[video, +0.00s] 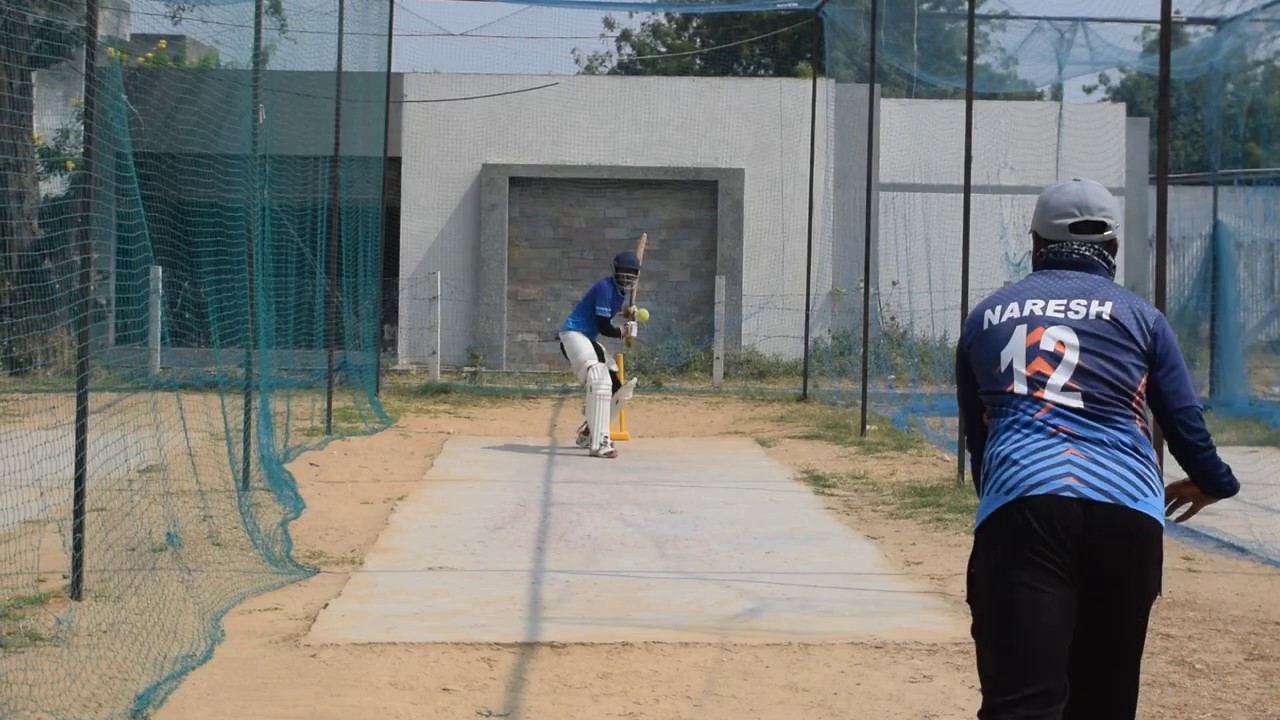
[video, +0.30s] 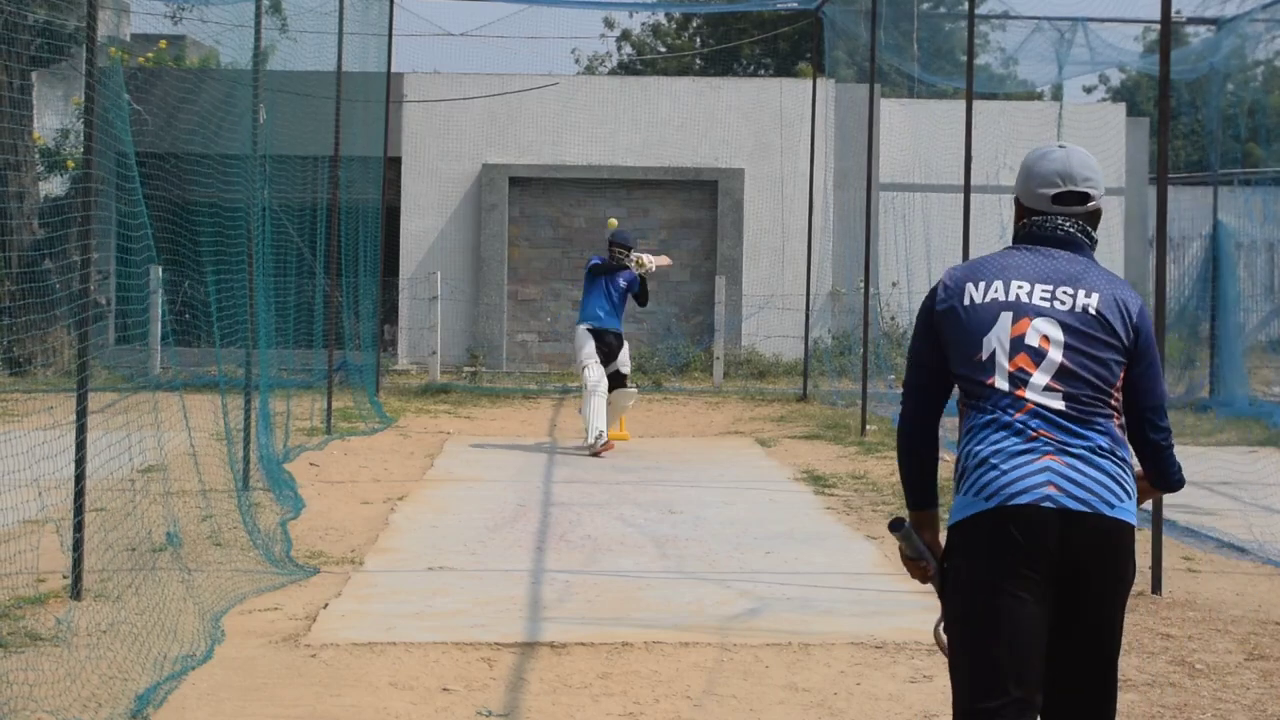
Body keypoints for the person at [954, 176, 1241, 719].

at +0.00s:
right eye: (1111, 239)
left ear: (1037, 247)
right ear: (1110, 246)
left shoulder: (984, 314)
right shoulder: (1141, 314)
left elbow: (977, 438)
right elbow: (1183, 420)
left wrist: (1003, 502)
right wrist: (1212, 480)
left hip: (1024, 509)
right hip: (1128, 513)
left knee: (1020, 697)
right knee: (1106, 696)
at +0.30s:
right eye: (1094, 209)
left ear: (1018, 212)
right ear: (1095, 217)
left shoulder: (956, 287)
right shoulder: (1122, 298)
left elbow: (916, 420)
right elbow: (1149, 421)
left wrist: (924, 524)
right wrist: (1158, 476)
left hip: (995, 515)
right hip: (1102, 521)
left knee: (996, 701)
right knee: (1084, 700)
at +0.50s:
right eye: (1072, 193)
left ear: (998, 197)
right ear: (1076, 202)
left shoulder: (938, 275)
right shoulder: (1107, 291)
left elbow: (893, 411)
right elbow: (1139, 417)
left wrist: (901, 513)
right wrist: (1147, 476)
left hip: (976, 518)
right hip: (1084, 523)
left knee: (983, 701)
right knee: (1069, 698)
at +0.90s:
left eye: (979, 179)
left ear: (980, 187)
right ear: (1061, 189)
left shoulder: (928, 271)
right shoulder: (1102, 281)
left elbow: (885, 404)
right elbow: (1125, 411)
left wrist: (951, 460)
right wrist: (1129, 474)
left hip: (979, 531)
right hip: (1091, 531)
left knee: (990, 708)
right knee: (1086, 705)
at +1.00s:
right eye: (1064, 183)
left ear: (990, 189)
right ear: (1071, 190)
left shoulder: (936, 272)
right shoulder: (1110, 279)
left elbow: (893, 401)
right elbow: (1140, 414)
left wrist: (967, 443)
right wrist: (1143, 476)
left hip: (988, 534)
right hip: (1102, 534)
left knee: (996, 709)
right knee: (1113, 706)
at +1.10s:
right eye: (1084, 187)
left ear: (1004, 192)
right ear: (1086, 194)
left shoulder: (948, 271)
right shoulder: (1124, 282)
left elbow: (909, 401)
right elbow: (1154, 424)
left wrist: (983, 445)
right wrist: (1149, 494)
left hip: (996, 533)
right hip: (1114, 532)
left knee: (1002, 708)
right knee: (1137, 705)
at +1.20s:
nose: (1131, 216)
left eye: (1127, 206)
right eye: (1130, 207)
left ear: (1046, 206)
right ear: (1122, 208)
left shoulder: (974, 276)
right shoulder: (1152, 289)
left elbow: (941, 405)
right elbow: (1183, 434)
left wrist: (1010, 456)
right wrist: (1149, 502)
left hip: (1009, 539)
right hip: (1133, 540)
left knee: (1007, 711)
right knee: (1180, 708)